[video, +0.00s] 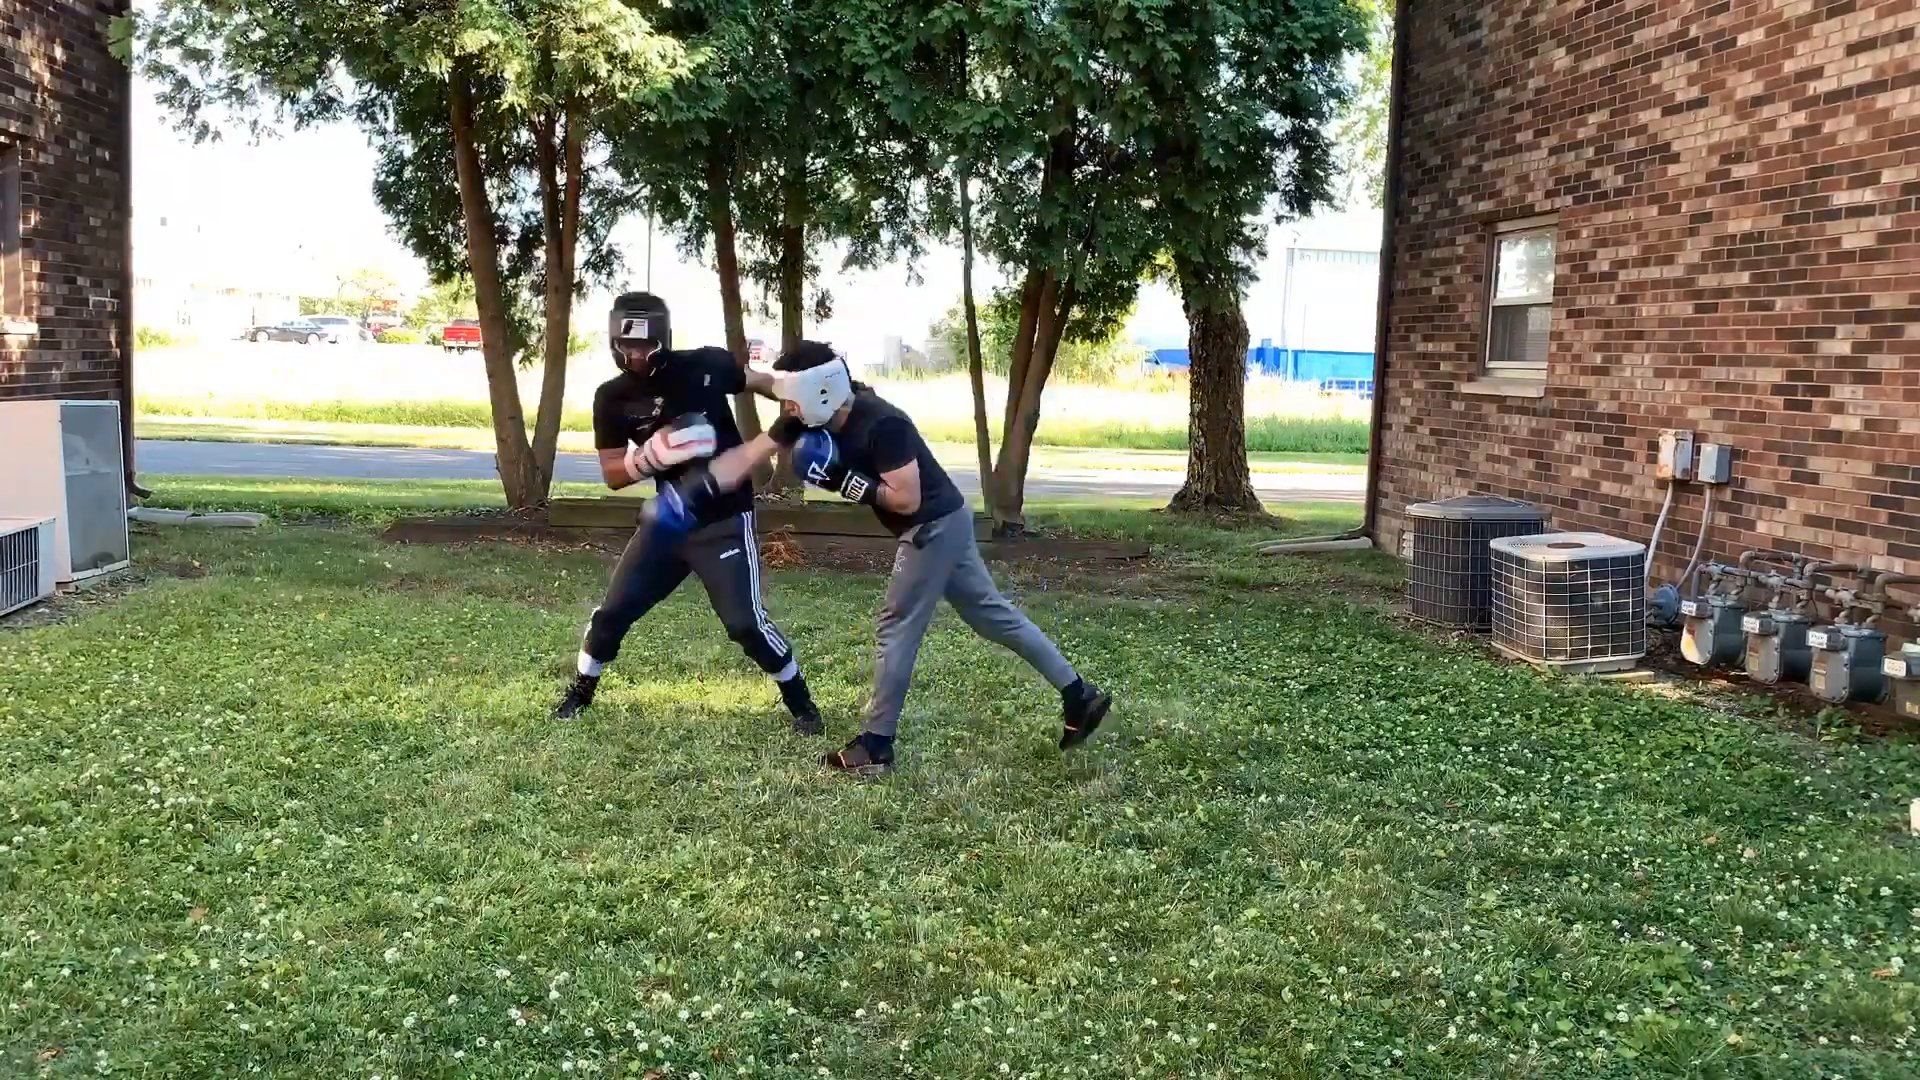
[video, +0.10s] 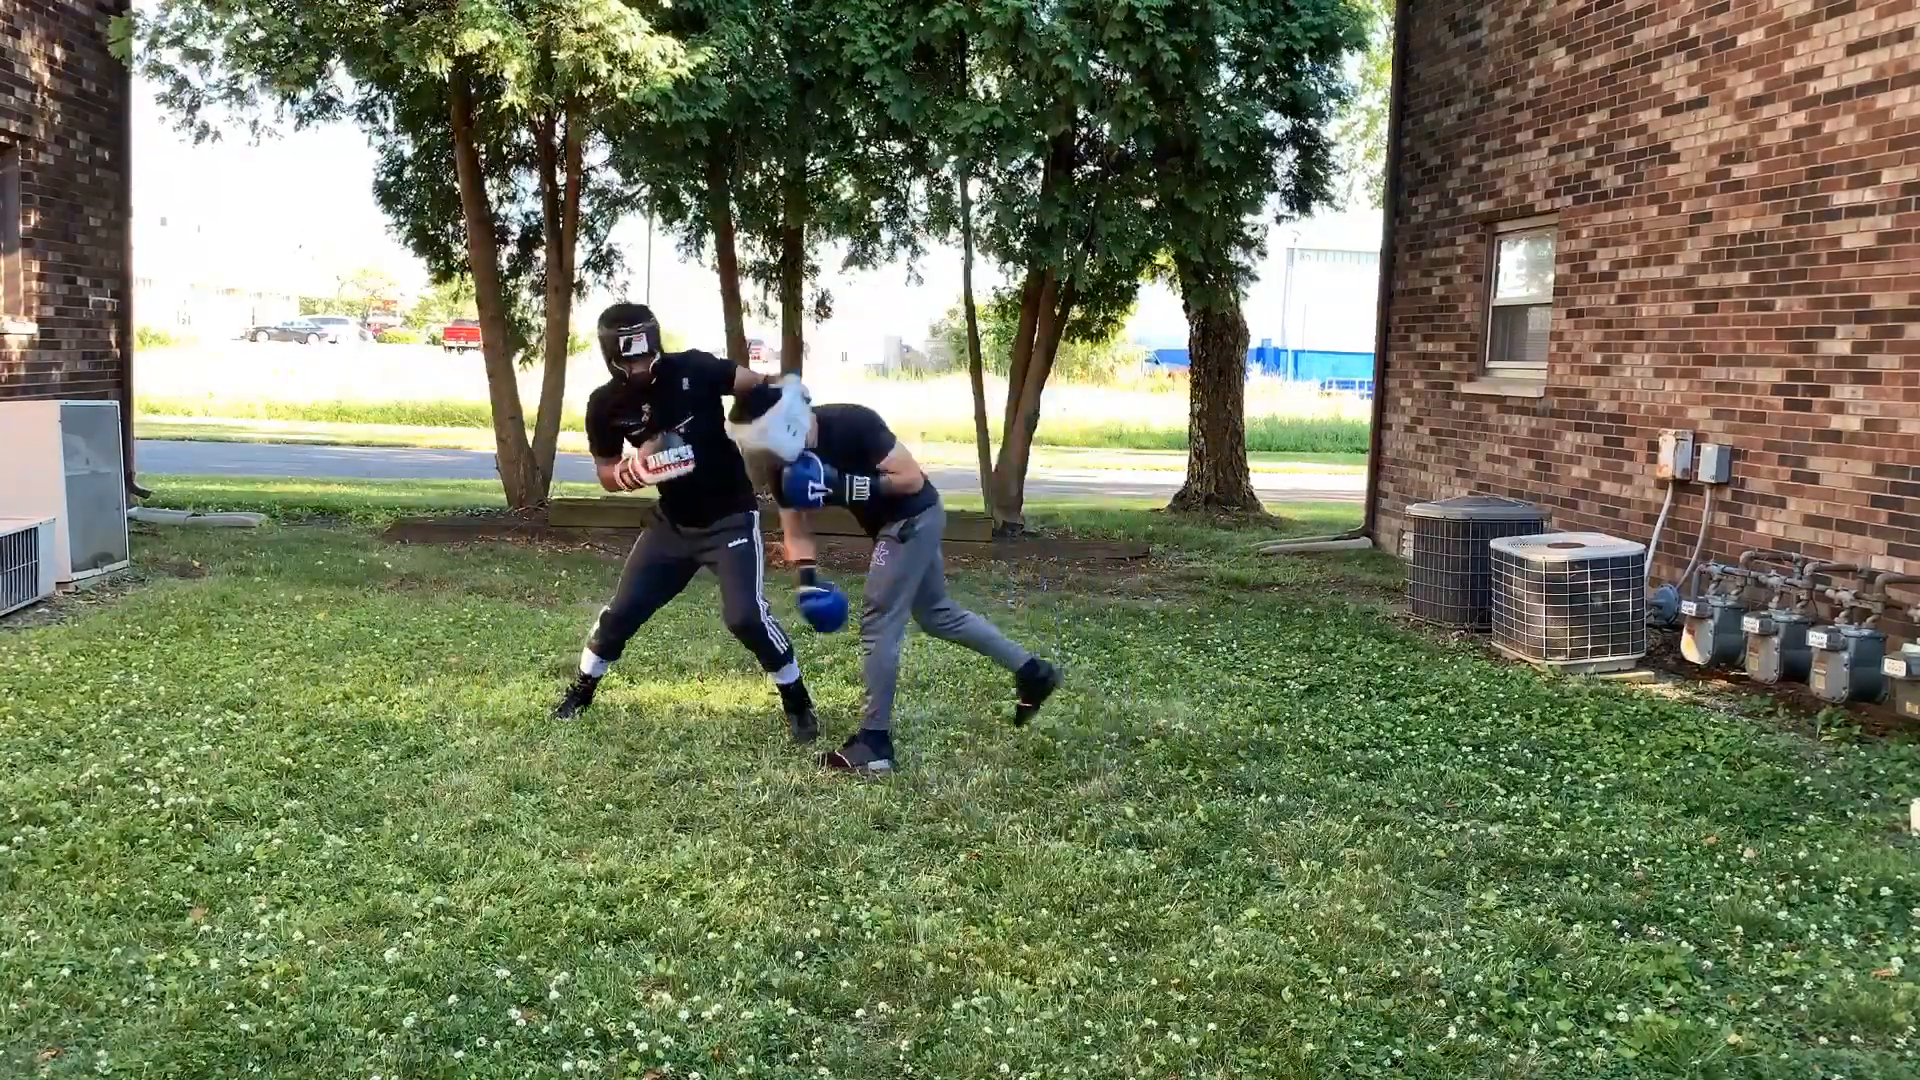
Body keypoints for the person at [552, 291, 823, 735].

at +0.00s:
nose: (639, 355)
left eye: (648, 345)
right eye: (629, 345)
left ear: (665, 340)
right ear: (615, 345)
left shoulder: (707, 367)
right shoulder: (611, 397)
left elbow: (761, 381)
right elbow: (613, 475)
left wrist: (802, 388)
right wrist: (649, 456)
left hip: (724, 521)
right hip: (665, 523)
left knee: (744, 624)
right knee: (611, 615)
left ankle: (797, 695)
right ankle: (581, 692)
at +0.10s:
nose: (641, 366)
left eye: (647, 355)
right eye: (629, 359)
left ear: (658, 344)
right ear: (611, 357)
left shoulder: (692, 369)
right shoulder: (605, 404)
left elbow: (761, 385)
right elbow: (608, 478)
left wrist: (784, 399)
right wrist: (633, 467)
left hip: (731, 519)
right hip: (673, 523)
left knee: (744, 618)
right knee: (620, 615)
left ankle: (795, 698)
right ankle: (582, 691)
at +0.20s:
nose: (634, 376)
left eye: (638, 363)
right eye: (621, 369)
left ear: (648, 355)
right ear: (602, 372)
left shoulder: (685, 379)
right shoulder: (604, 421)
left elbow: (755, 417)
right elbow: (637, 485)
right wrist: (658, 479)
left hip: (729, 522)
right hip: (676, 526)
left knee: (758, 623)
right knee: (627, 612)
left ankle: (803, 703)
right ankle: (585, 692)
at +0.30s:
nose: (627, 389)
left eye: (632, 377)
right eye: (615, 383)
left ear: (644, 368)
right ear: (599, 385)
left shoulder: (685, 399)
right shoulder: (608, 421)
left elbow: (724, 469)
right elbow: (633, 481)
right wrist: (656, 495)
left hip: (738, 500)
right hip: (689, 510)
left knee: (764, 622)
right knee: (637, 610)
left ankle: (804, 704)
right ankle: (587, 693)